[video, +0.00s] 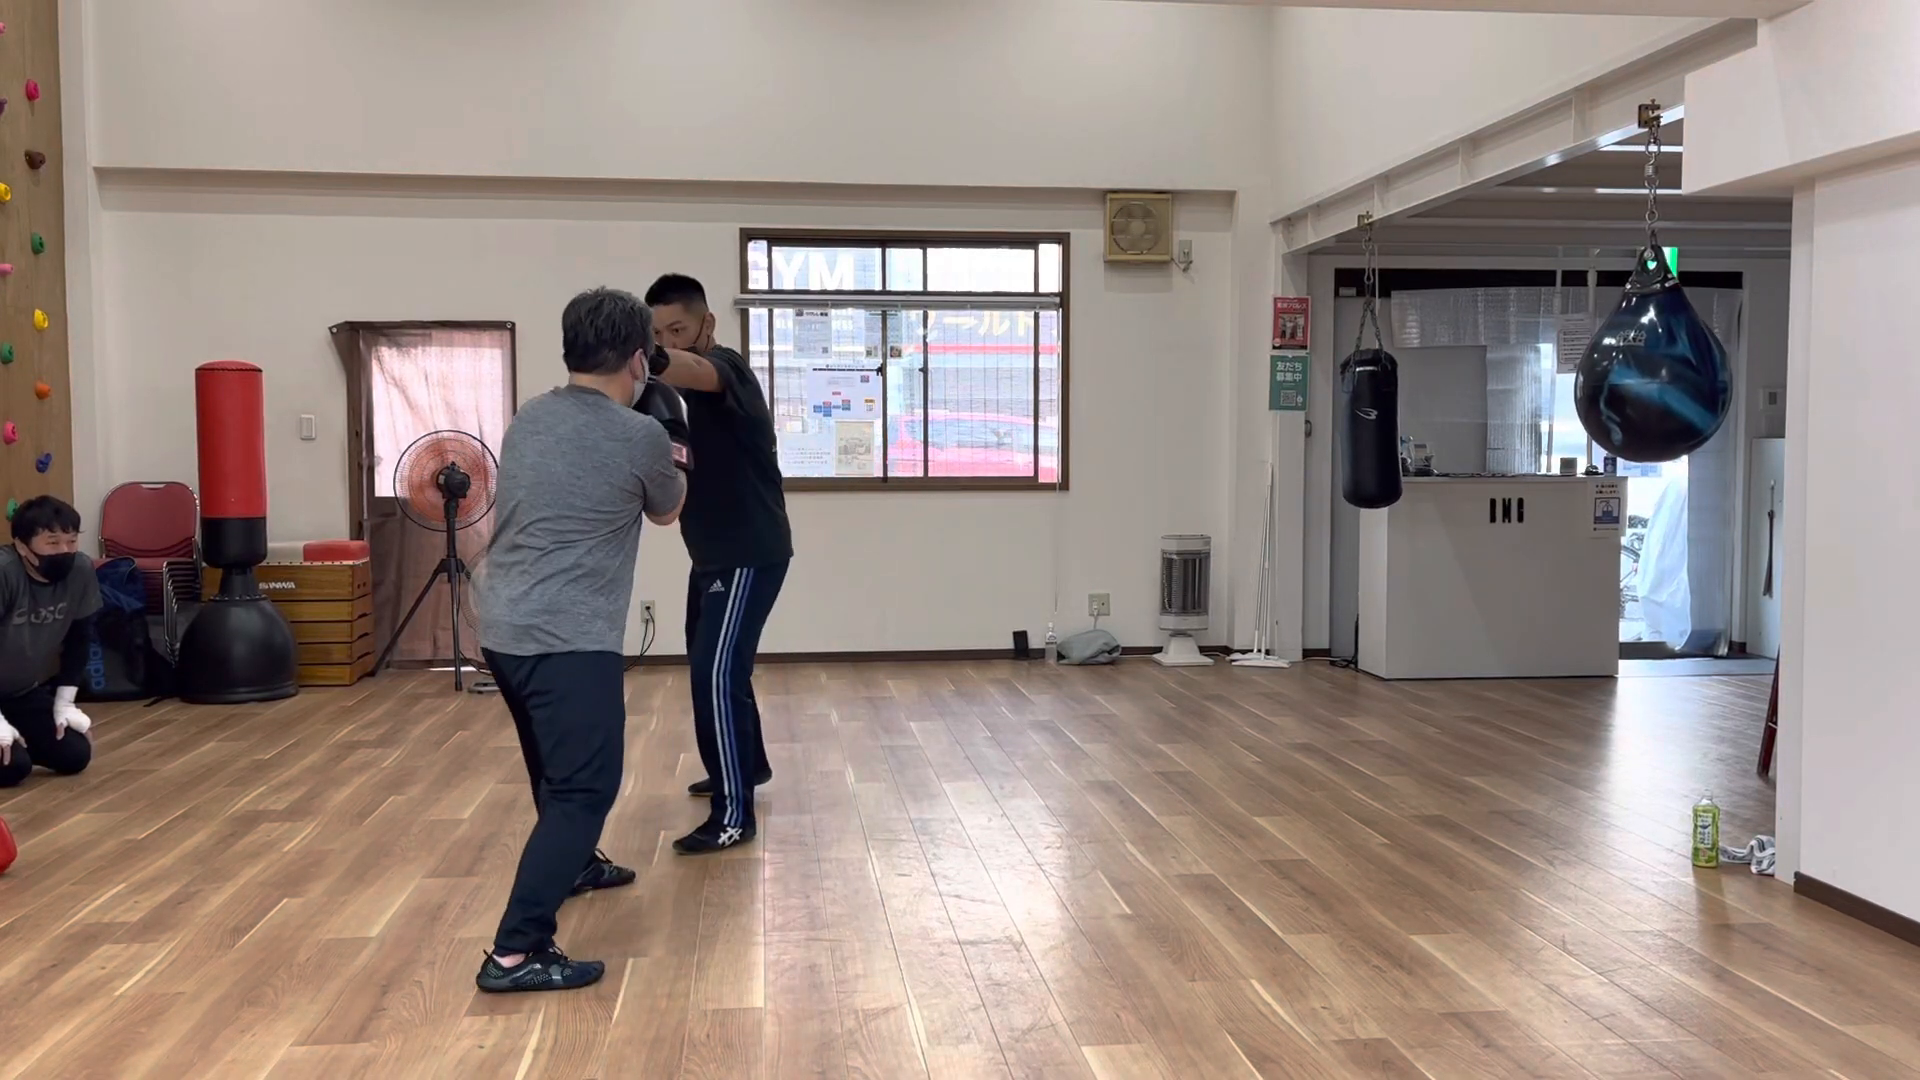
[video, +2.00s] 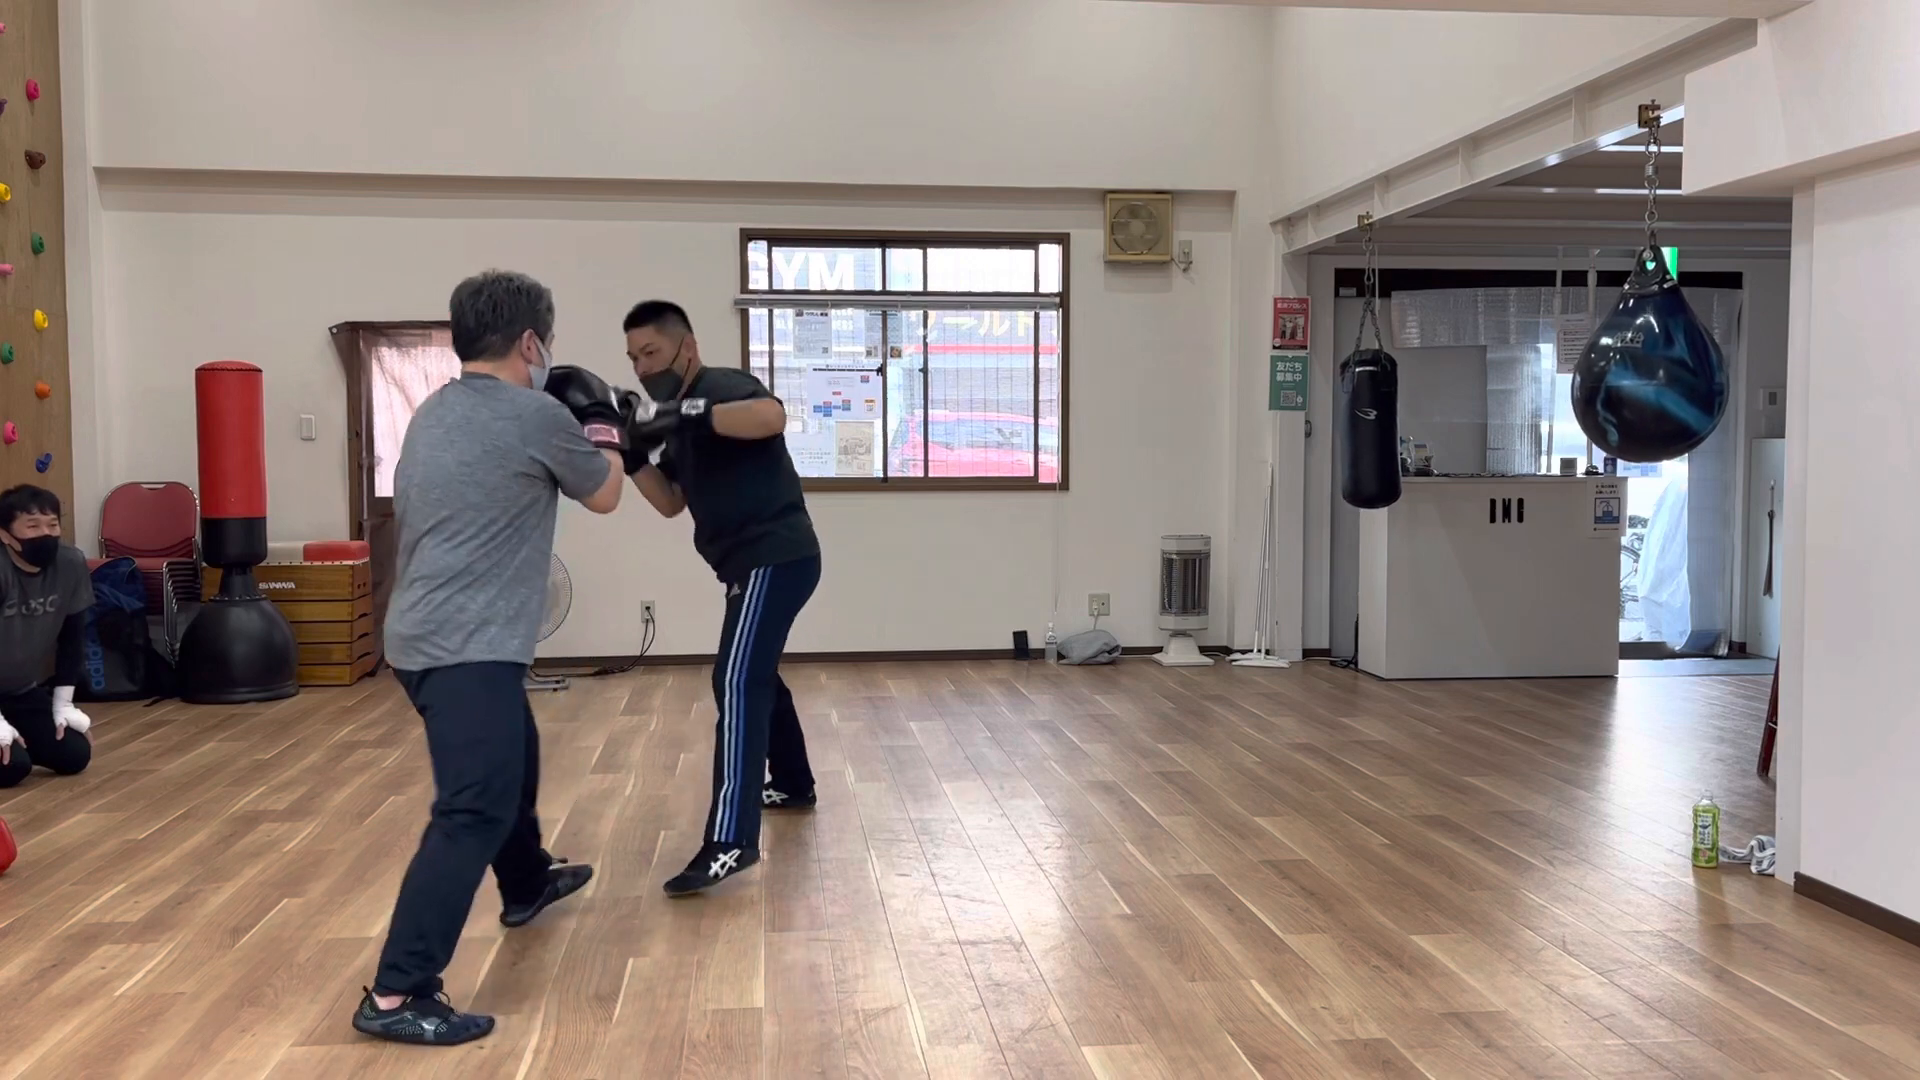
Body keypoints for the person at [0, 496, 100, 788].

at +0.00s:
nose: (64, 552)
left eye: (70, 542)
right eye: (52, 543)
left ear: (77, 540)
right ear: (22, 545)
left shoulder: (80, 570)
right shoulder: (6, 573)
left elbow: (79, 640)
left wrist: (65, 700)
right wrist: (2, 721)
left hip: (29, 690)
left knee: (74, 756)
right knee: (14, 766)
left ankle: (14, 741)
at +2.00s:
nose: (46, 534)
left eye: (53, 524)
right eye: (33, 526)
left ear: (60, 526)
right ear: (7, 537)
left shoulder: (70, 563)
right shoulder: (2, 571)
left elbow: (72, 637)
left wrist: (63, 702)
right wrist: (0, 720)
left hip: (28, 691)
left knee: (74, 756)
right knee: (13, 767)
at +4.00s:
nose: (22, 512)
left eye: (29, 503)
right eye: (10, 504)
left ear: (38, 510)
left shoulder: (48, 561)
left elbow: (67, 630)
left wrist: (65, 690)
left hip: (25, 693)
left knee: (75, 755)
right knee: (11, 767)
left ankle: (10, 730)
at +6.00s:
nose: (12, 522)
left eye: (19, 513)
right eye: (2, 514)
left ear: (29, 516)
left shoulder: (35, 555)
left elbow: (67, 612)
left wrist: (55, 681)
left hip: (16, 693)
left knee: (74, 756)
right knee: (2, 767)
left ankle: (2, 742)